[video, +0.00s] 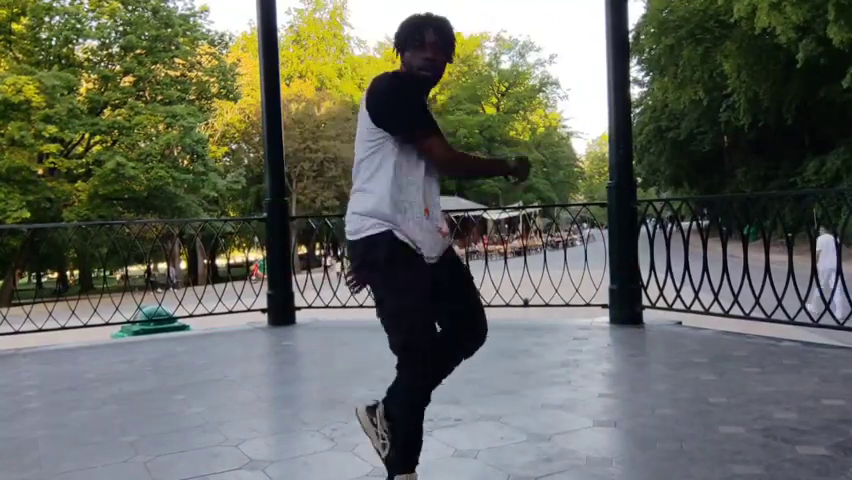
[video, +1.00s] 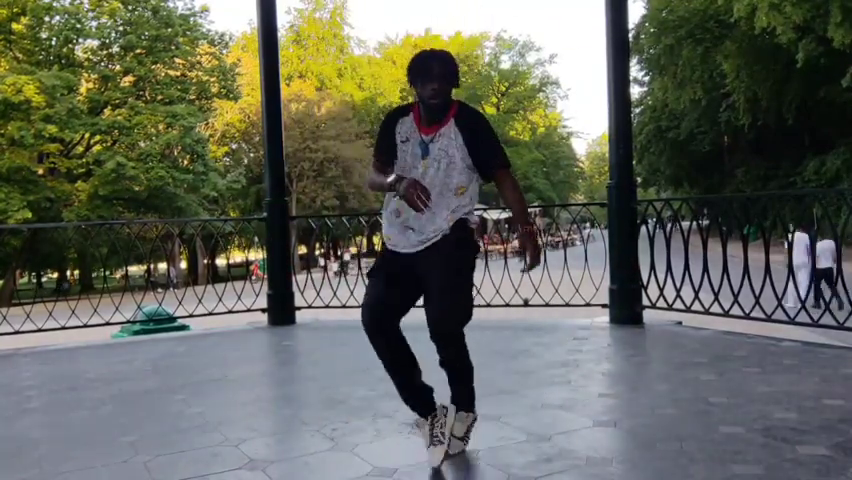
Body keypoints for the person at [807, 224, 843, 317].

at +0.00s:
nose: (819, 231)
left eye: (820, 229)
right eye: (820, 229)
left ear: (822, 230)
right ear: (829, 229)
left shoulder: (820, 239)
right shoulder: (835, 238)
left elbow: (817, 253)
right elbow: (838, 252)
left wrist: (814, 264)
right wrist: (837, 264)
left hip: (823, 266)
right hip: (835, 266)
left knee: (819, 287)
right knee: (837, 288)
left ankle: (814, 307)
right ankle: (839, 313)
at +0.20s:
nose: (811, 230)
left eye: (811, 228)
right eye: (811, 228)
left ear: (811, 229)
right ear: (818, 228)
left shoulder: (809, 240)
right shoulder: (826, 238)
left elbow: (809, 254)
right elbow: (830, 253)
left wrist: (811, 267)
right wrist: (830, 265)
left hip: (815, 266)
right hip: (825, 266)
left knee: (813, 287)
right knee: (825, 285)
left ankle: (813, 308)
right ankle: (831, 300)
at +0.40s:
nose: (808, 229)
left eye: (807, 228)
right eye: (811, 227)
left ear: (805, 228)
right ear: (815, 227)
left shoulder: (803, 238)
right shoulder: (820, 237)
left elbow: (800, 251)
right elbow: (823, 249)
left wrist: (799, 261)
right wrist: (825, 262)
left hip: (807, 263)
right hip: (817, 262)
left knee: (809, 285)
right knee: (815, 284)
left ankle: (813, 307)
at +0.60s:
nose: (800, 230)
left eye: (800, 229)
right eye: (801, 229)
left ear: (800, 230)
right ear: (808, 229)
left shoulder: (798, 239)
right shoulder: (814, 238)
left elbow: (796, 253)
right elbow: (818, 252)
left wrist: (795, 265)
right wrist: (819, 263)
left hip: (803, 264)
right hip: (813, 264)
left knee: (807, 286)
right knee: (811, 285)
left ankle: (813, 307)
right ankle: (805, 300)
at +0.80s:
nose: (796, 230)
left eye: (796, 229)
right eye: (797, 229)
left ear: (797, 229)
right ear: (804, 229)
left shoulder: (796, 236)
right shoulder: (807, 236)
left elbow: (794, 248)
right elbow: (810, 249)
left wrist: (793, 258)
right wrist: (812, 258)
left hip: (799, 260)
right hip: (807, 259)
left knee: (799, 280)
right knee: (806, 279)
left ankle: (802, 298)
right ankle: (804, 295)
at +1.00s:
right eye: (806, 228)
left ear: (796, 227)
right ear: (804, 228)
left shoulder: (791, 236)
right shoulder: (806, 236)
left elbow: (787, 248)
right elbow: (808, 249)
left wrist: (788, 260)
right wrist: (809, 258)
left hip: (793, 260)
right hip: (804, 260)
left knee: (791, 282)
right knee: (803, 282)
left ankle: (791, 302)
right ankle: (802, 301)